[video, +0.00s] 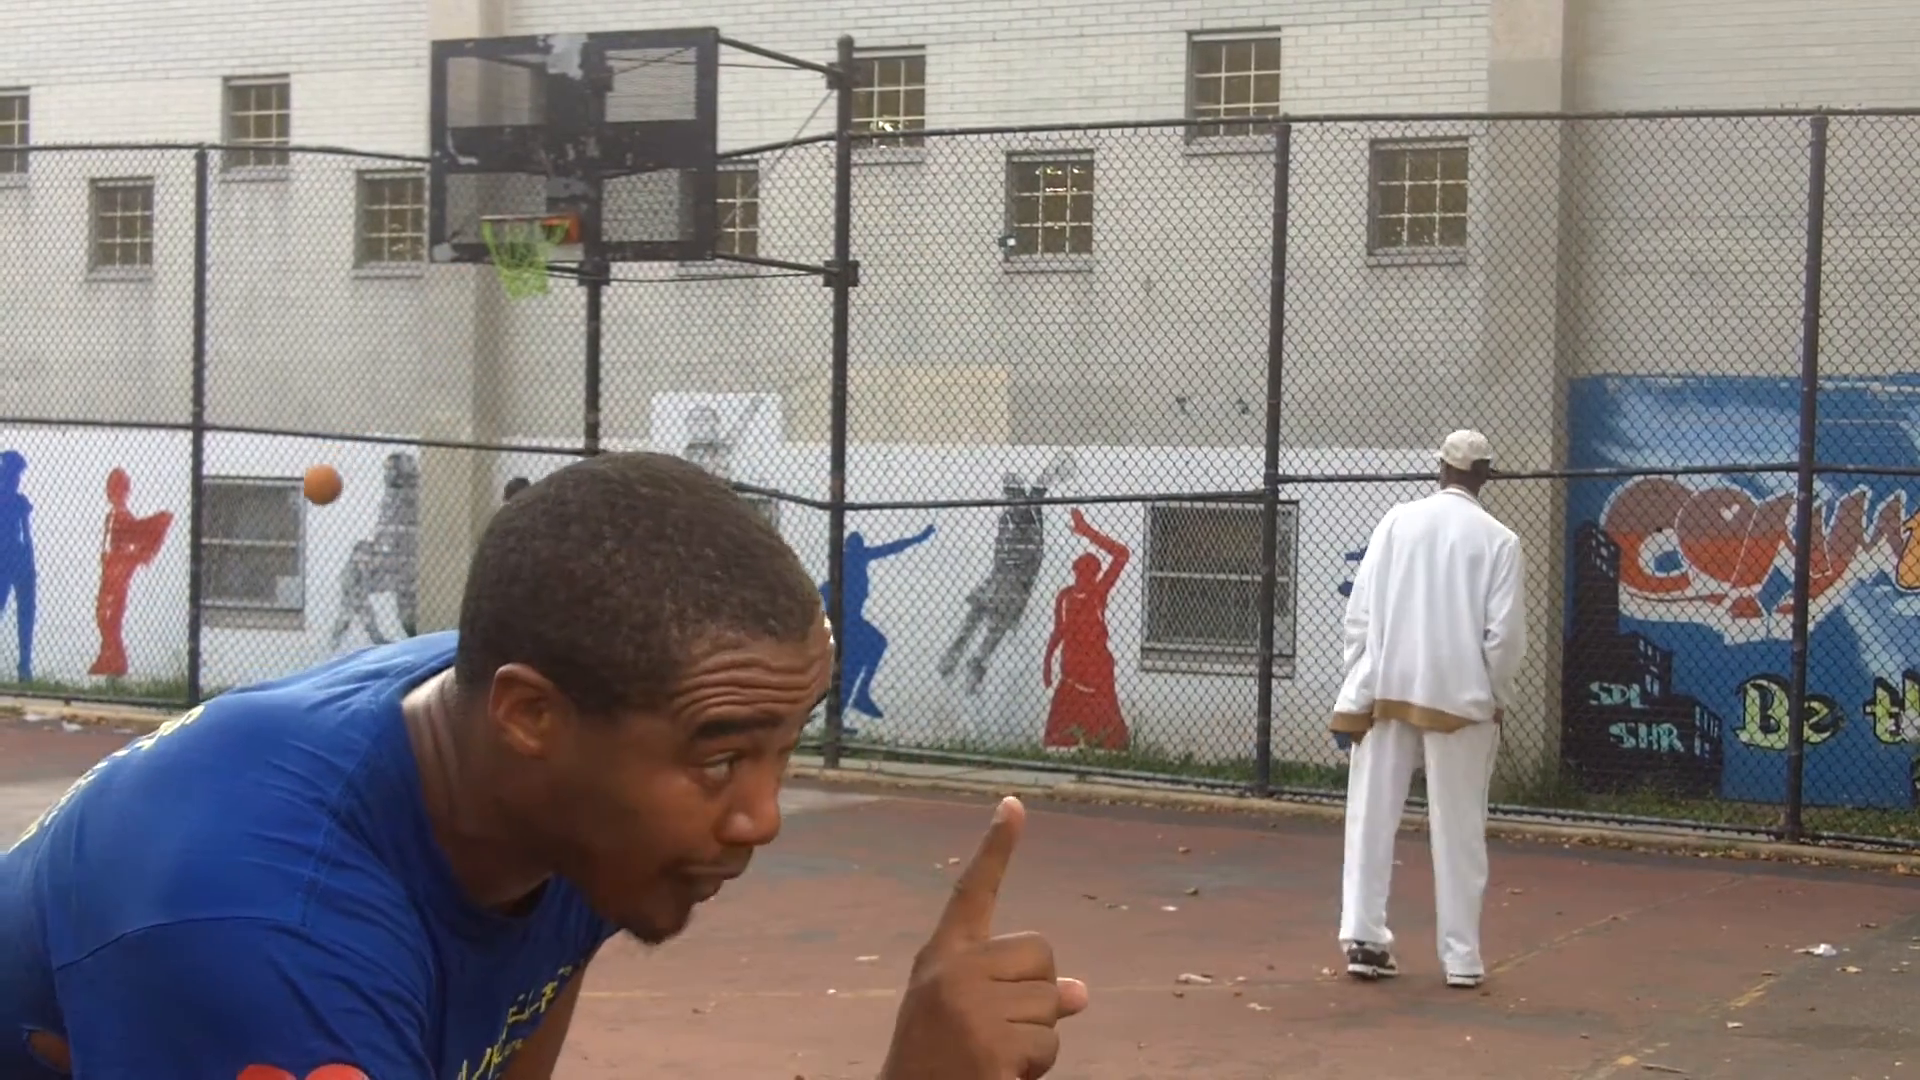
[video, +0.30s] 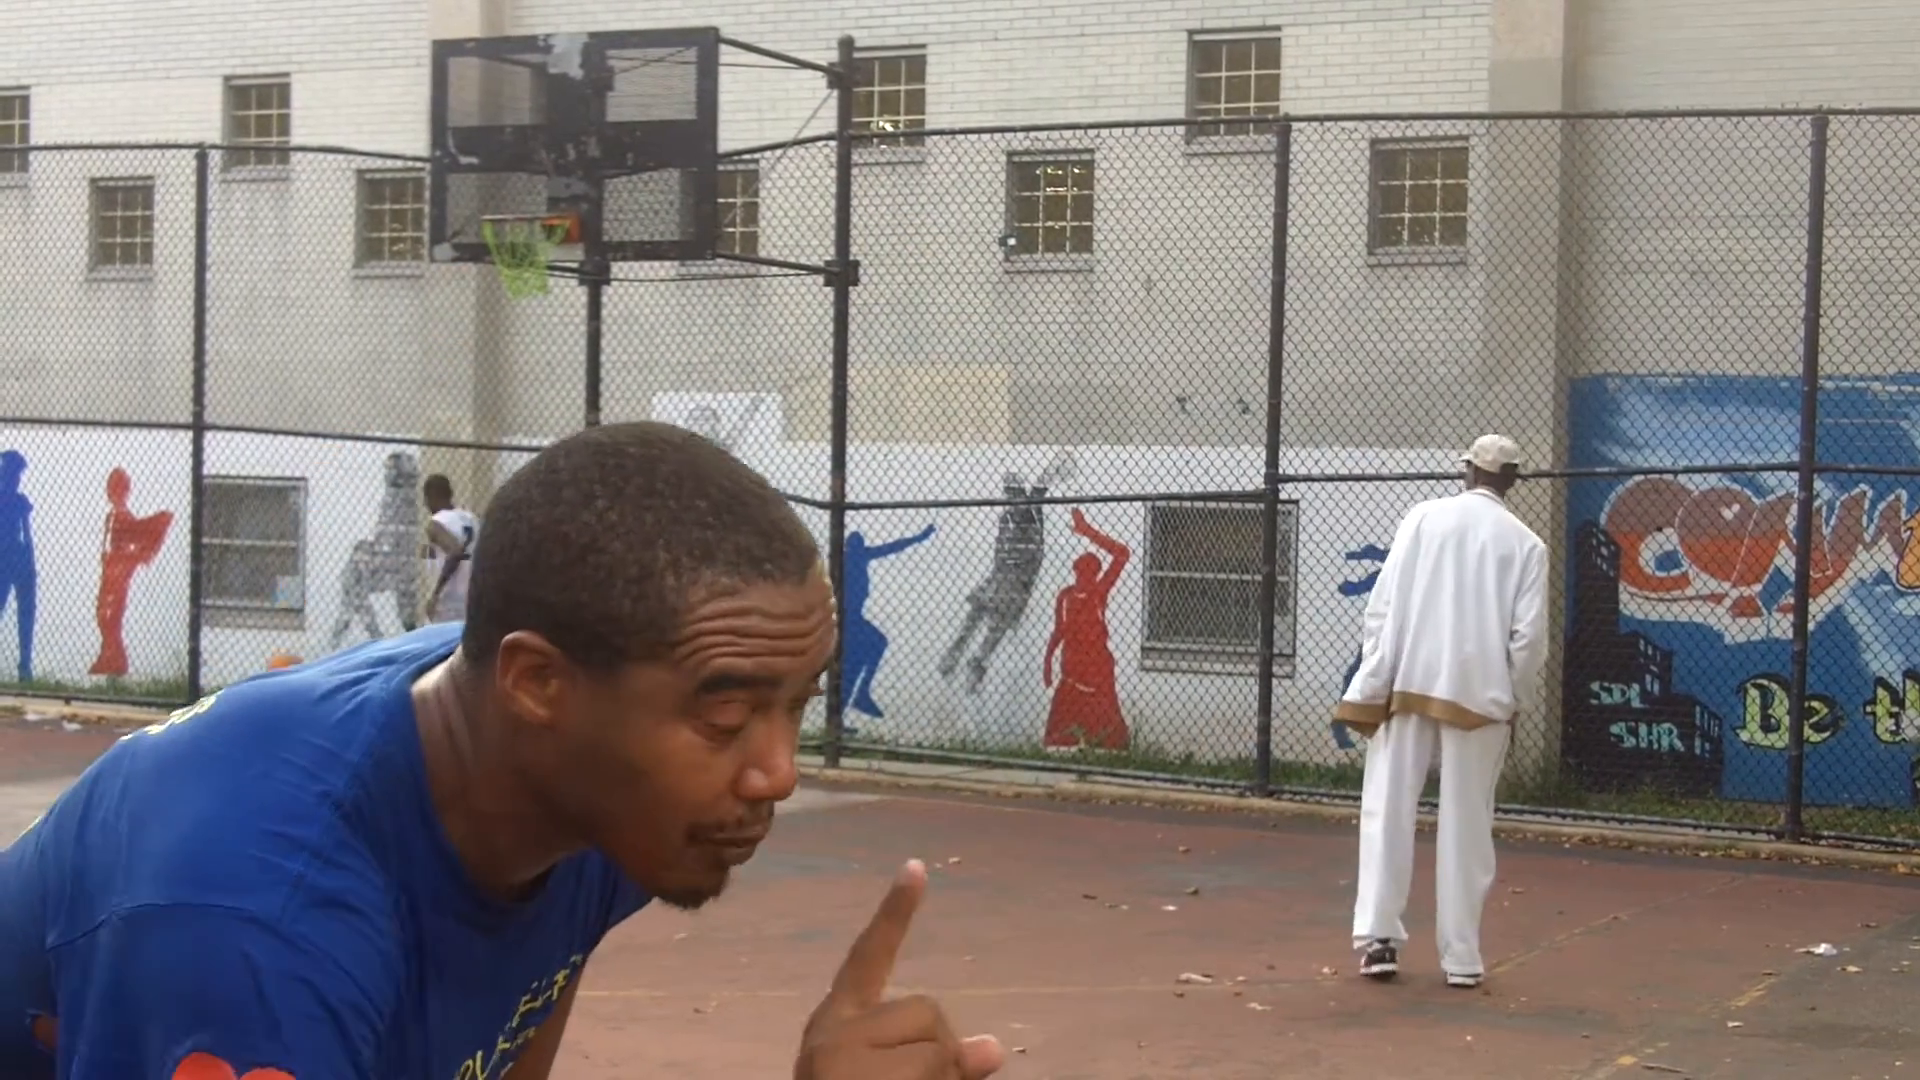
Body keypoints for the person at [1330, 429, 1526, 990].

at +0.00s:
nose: (1470, 481)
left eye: (1454, 469)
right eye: (1480, 476)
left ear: (1439, 472)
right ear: (1484, 478)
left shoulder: (1395, 521)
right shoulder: (1498, 540)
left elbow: (1359, 615)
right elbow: (1504, 634)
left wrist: (1356, 687)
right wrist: (1494, 696)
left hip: (1385, 690)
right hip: (1459, 697)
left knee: (1369, 820)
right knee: (1460, 830)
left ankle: (1363, 939)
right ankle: (1461, 960)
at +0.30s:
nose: (1479, 480)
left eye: (1471, 471)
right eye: (1507, 478)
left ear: (1466, 473)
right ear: (1512, 482)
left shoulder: (1420, 517)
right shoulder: (1526, 543)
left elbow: (1381, 607)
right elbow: (1527, 635)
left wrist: (1371, 684)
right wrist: (1507, 698)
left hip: (1405, 684)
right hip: (1478, 694)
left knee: (1385, 814)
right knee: (1468, 821)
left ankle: (1378, 936)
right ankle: (1461, 960)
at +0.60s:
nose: (1456, 474)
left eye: (1458, 467)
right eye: (1461, 467)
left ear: (1465, 471)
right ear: (1507, 480)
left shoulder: (1425, 519)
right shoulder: (1530, 542)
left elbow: (1391, 610)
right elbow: (1538, 635)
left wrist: (1381, 682)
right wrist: (1518, 697)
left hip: (1413, 686)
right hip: (1488, 694)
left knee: (1400, 815)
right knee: (1476, 821)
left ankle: (1394, 941)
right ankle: (1464, 960)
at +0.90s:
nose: (1435, 474)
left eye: (1440, 467)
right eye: (1439, 466)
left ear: (1452, 471)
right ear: (1485, 477)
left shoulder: (1421, 519)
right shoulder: (1519, 537)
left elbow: (1397, 611)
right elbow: (1535, 629)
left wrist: (1381, 684)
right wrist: (1512, 690)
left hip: (1420, 691)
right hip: (1489, 696)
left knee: (1413, 821)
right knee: (1481, 823)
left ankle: (1424, 949)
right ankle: (1470, 957)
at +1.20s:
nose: (1406, 476)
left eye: (1411, 468)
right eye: (1408, 467)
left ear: (1430, 470)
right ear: (1456, 472)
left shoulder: (1410, 524)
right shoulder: (1498, 533)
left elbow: (1396, 618)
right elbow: (1522, 623)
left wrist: (1380, 693)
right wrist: (1504, 692)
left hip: (1422, 697)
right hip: (1483, 699)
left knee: (1417, 825)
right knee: (1477, 822)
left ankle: (1431, 956)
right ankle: (1474, 956)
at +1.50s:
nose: (1383, 477)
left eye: (1388, 469)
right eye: (1386, 468)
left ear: (1408, 472)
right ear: (1433, 472)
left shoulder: (1399, 527)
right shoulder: (1477, 529)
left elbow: (1394, 628)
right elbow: (1503, 620)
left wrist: (1380, 698)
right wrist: (1488, 693)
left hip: (1414, 701)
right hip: (1470, 699)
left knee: (1412, 830)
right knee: (1465, 824)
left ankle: (1432, 958)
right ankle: (1470, 954)